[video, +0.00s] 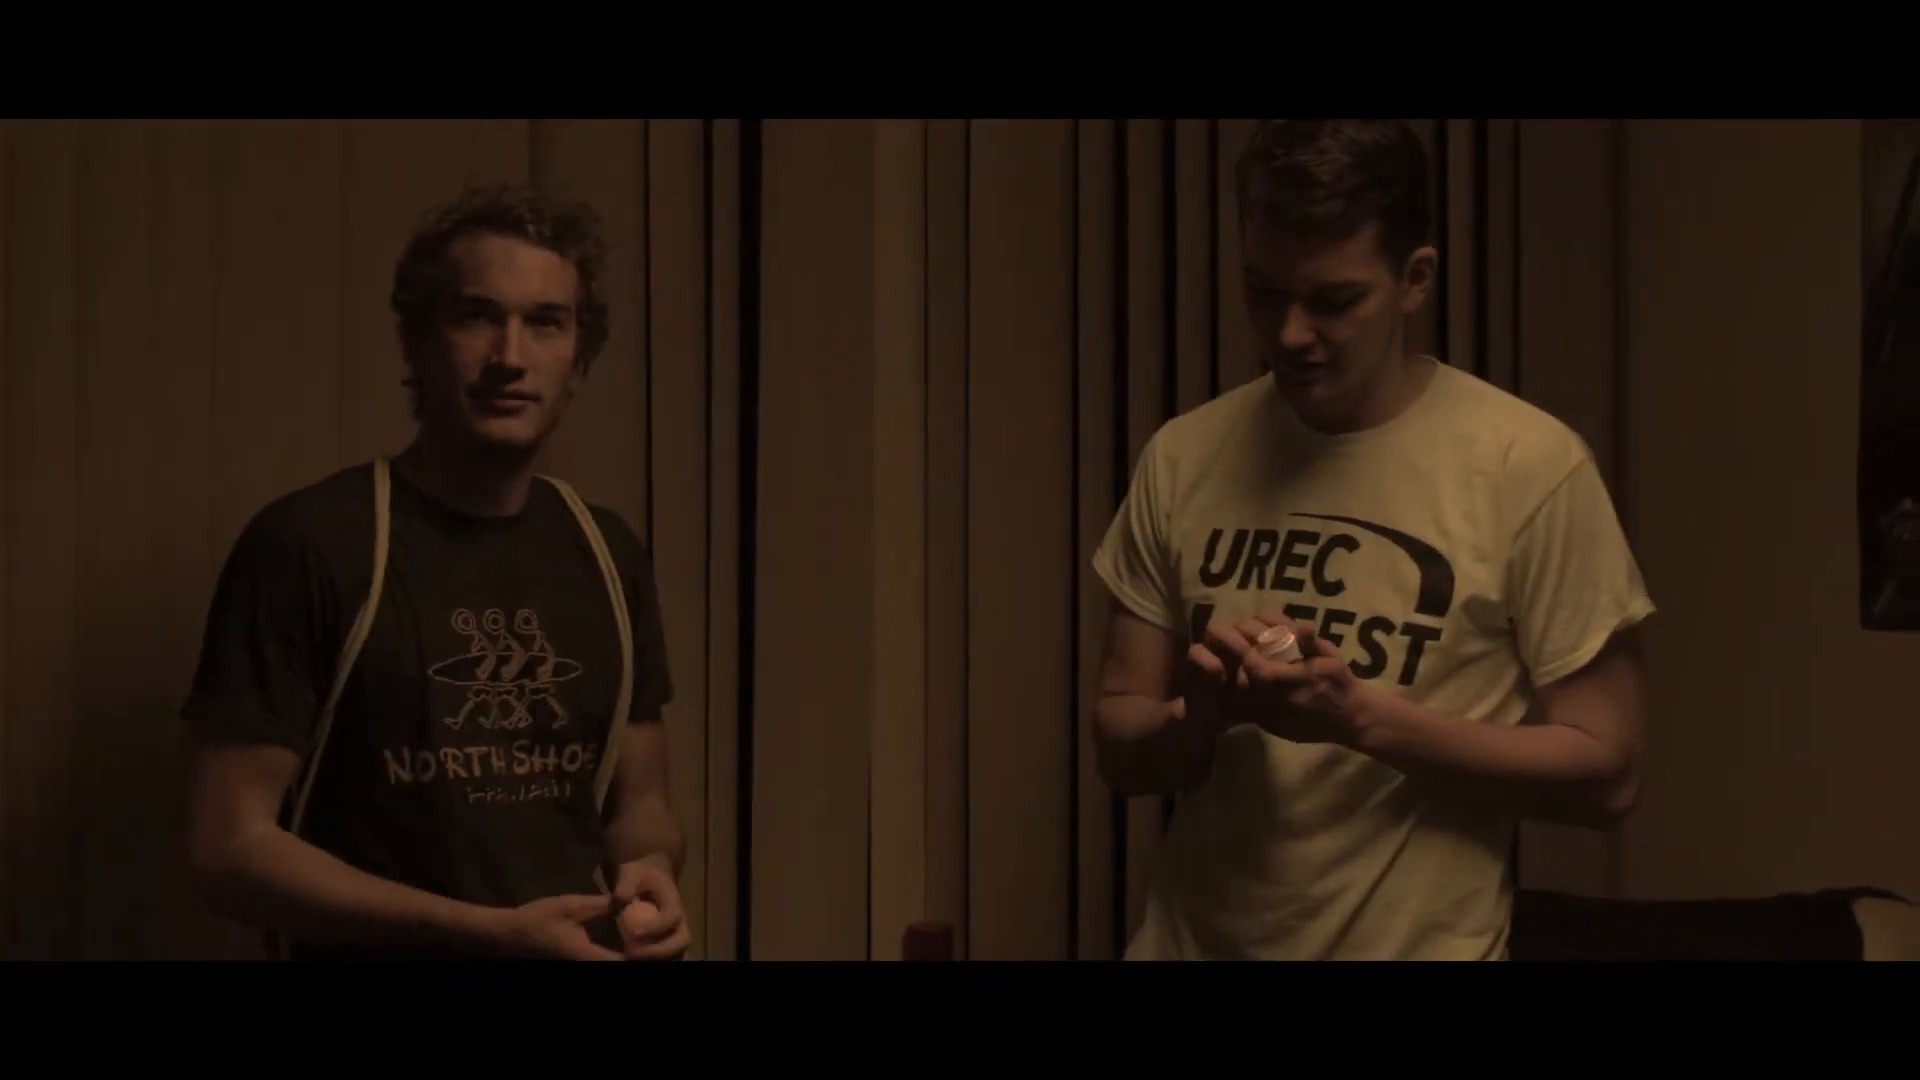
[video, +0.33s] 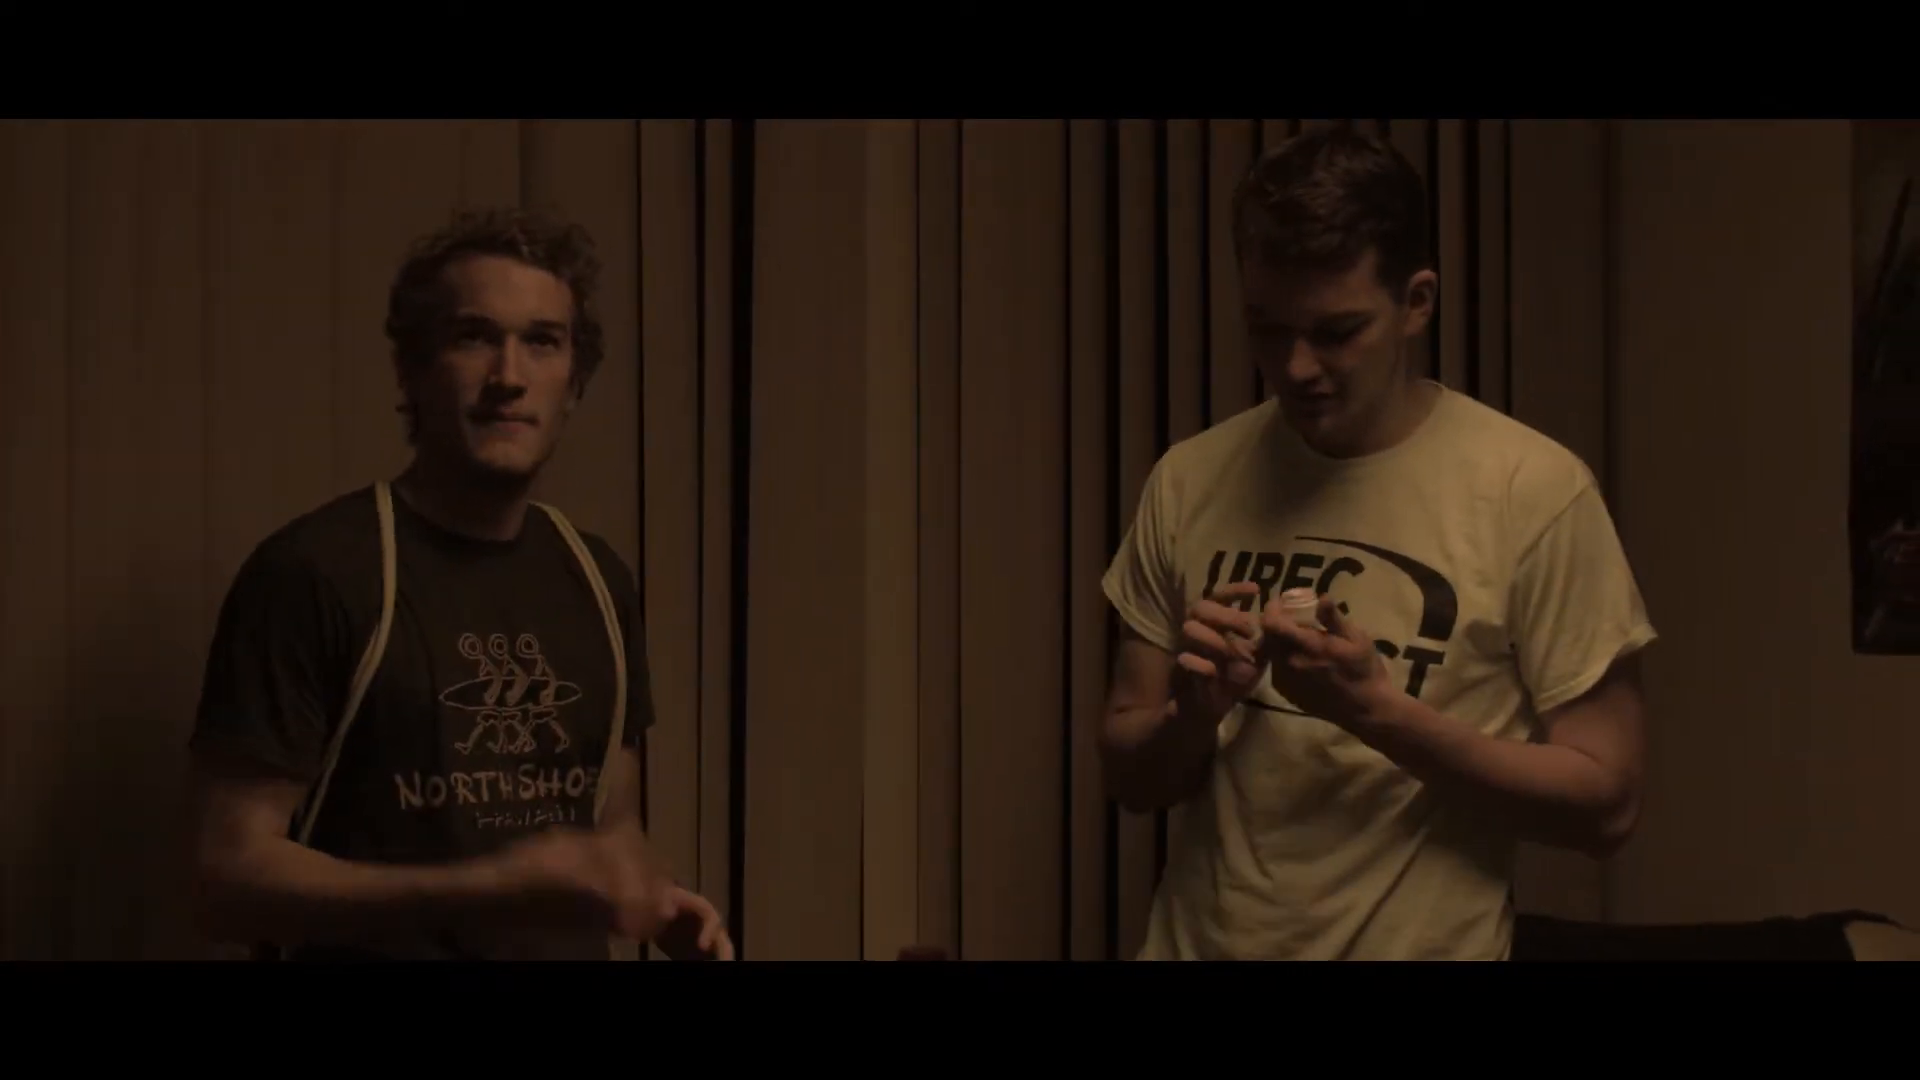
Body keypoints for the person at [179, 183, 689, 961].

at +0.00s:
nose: (510, 356)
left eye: (544, 322)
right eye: (476, 317)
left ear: (581, 355)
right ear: (414, 342)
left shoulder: (607, 552)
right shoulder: (306, 548)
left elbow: (638, 793)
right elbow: (229, 844)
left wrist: (648, 873)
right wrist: (497, 931)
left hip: (583, 950)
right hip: (376, 955)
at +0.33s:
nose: (510, 374)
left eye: (542, 342)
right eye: (474, 338)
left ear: (573, 378)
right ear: (410, 371)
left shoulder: (599, 581)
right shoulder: (311, 576)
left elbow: (614, 822)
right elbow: (231, 865)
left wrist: (653, 901)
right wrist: (499, 885)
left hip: (561, 953)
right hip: (375, 954)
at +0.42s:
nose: (509, 374)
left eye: (541, 341)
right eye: (472, 338)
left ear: (572, 380)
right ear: (408, 374)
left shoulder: (596, 582)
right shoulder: (306, 578)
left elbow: (599, 824)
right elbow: (224, 863)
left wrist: (649, 895)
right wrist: (461, 788)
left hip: (558, 948)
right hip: (371, 948)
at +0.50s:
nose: (498, 381)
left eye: (532, 347)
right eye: (463, 344)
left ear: (565, 385)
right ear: (404, 379)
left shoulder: (595, 586)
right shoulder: (300, 578)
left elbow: (605, 830)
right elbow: (218, 871)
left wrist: (651, 905)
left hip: (556, 946)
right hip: (365, 945)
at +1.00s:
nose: (453, 380)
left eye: (488, 349)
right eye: (421, 348)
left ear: (532, 396)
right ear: (375, 392)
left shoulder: (593, 594)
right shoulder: (275, 571)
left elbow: (669, 838)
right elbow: (192, 815)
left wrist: (709, 919)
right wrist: (309, 653)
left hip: (544, 948)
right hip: (338, 946)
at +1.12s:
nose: (453, 383)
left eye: (488, 351)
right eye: (419, 349)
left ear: (536, 393)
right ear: (373, 387)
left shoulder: (600, 596)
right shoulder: (291, 563)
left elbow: (684, 854)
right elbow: (136, 722)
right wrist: (294, 536)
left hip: (540, 948)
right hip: (332, 948)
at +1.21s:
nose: (456, 383)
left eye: (492, 351)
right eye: (424, 350)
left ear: (538, 391)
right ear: (372, 379)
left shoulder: (603, 596)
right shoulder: (295, 554)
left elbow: (679, 863)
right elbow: (107, 625)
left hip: (535, 951)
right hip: (324, 949)